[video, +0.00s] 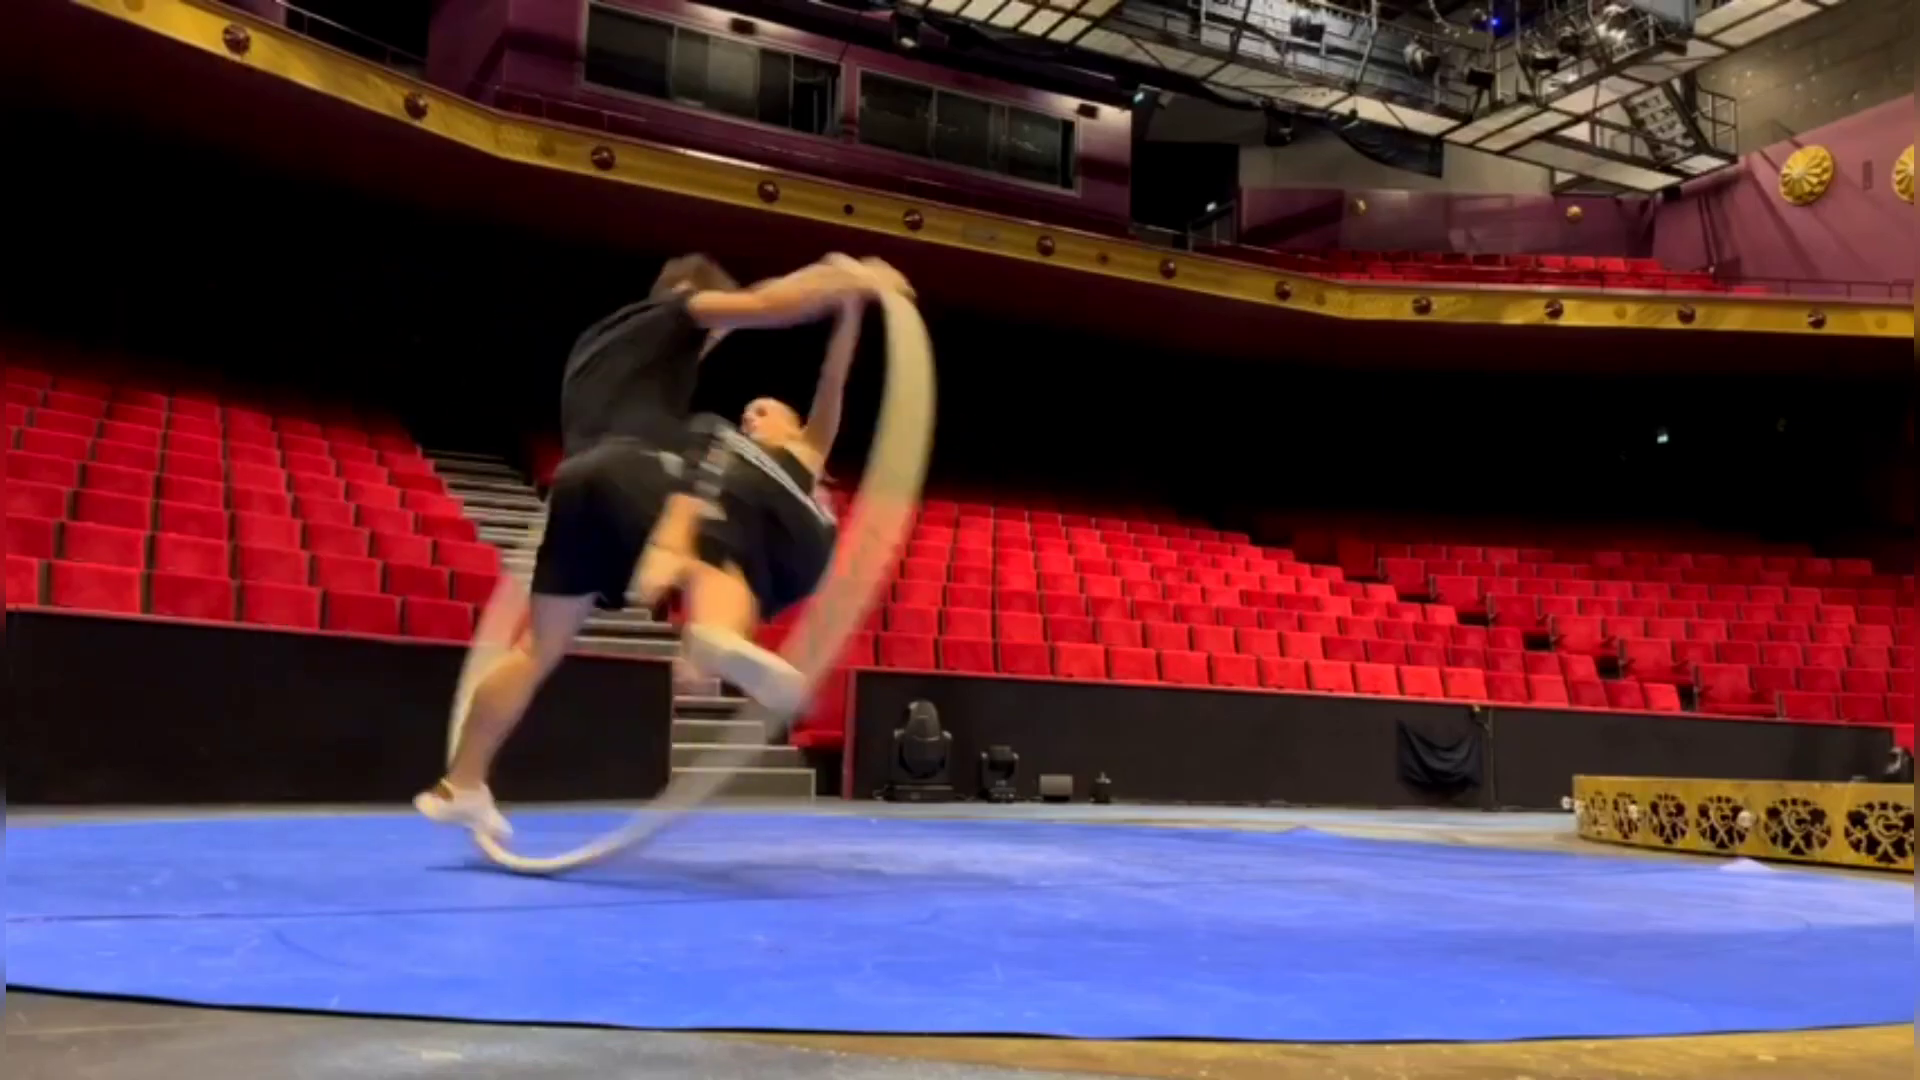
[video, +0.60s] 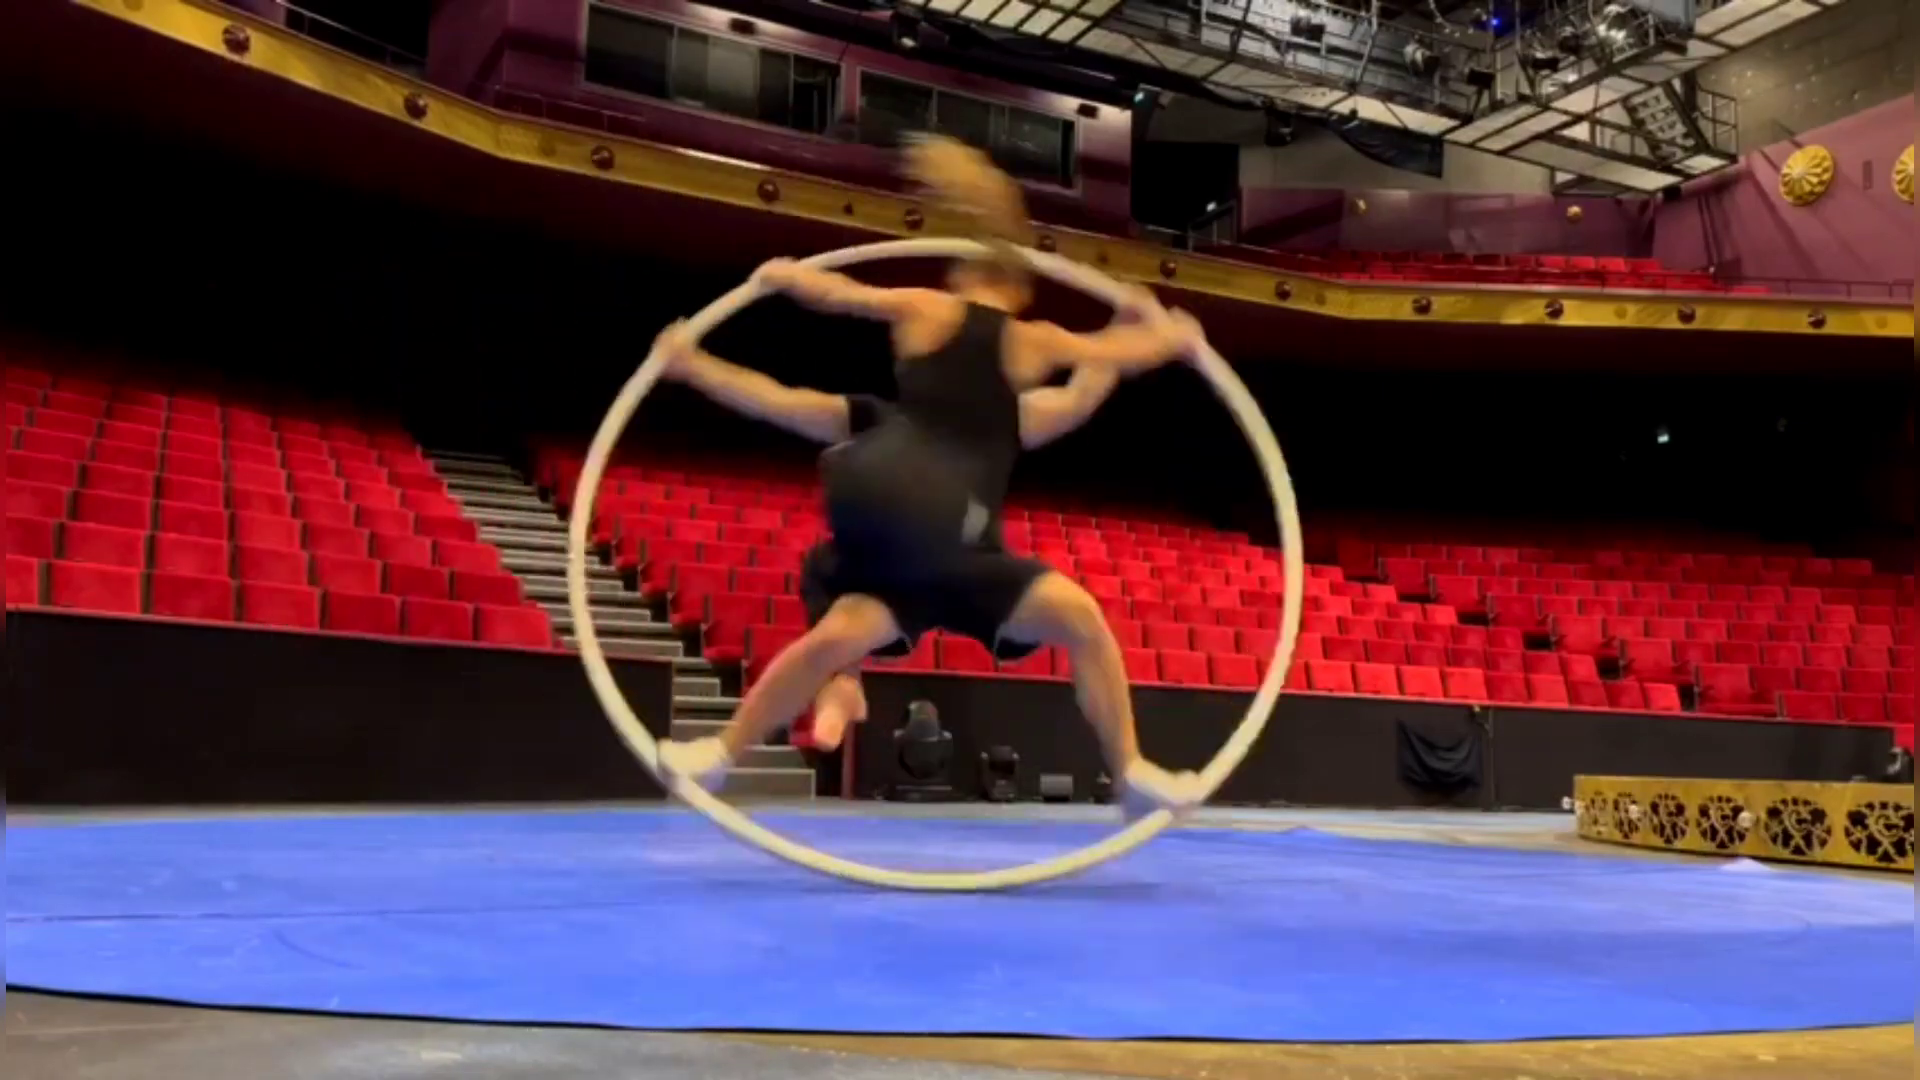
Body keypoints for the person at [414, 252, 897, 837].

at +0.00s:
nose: (719, 329)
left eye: (722, 319)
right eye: (718, 314)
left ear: (659, 293)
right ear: (695, 295)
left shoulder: (593, 354)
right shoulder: (671, 315)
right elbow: (769, 305)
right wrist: (845, 278)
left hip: (574, 488)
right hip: (643, 474)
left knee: (534, 651)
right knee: (718, 568)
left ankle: (462, 785)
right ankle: (720, 640)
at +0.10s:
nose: (795, 304)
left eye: (794, 295)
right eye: (795, 293)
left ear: (723, 270)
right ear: (772, 277)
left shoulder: (652, 296)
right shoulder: (783, 307)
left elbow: (572, 325)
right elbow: (875, 361)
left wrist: (562, 325)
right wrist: (964, 378)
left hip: (640, 467)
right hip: (727, 474)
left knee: (539, 605)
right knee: (774, 620)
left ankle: (418, 733)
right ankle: (853, 747)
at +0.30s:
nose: (729, 325)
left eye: (730, 317)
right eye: (719, 315)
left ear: (874, 292)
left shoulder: (874, 293)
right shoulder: (917, 389)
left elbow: (788, 236)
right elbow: (920, 477)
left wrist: (715, 164)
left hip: (861, 467)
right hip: (896, 517)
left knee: (747, 524)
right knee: (816, 657)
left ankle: (642, 593)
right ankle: (870, 818)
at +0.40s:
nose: (772, 287)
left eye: (767, 275)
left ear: (734, 287)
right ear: (726, 286)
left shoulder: (743, 338)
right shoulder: (733, 324)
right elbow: (797, 240)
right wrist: (827, 162)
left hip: (751, 530)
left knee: (843, 665)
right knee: (891, 511)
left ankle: (829, 837)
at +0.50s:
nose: (918, 321)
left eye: (931, 316)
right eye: (906, 317)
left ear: (950, 336)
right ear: (890, 342)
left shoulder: (983, 375)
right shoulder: (881, 412)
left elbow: (1035, 319)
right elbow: (801, 448)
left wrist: (1040, 233)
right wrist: (713, 452)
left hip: (977, 526)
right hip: (910, 550)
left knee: (984, 548)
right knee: (809, 666)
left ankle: (1092, 675)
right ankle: (779, 800)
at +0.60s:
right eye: (1002, 277)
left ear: (954, 266)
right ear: (1016, 280)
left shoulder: (915, 308)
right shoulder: (1037, 342)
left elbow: (834, 295)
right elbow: (1112, 356)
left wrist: (783, 272)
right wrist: (1172, 334)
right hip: (943, 552)